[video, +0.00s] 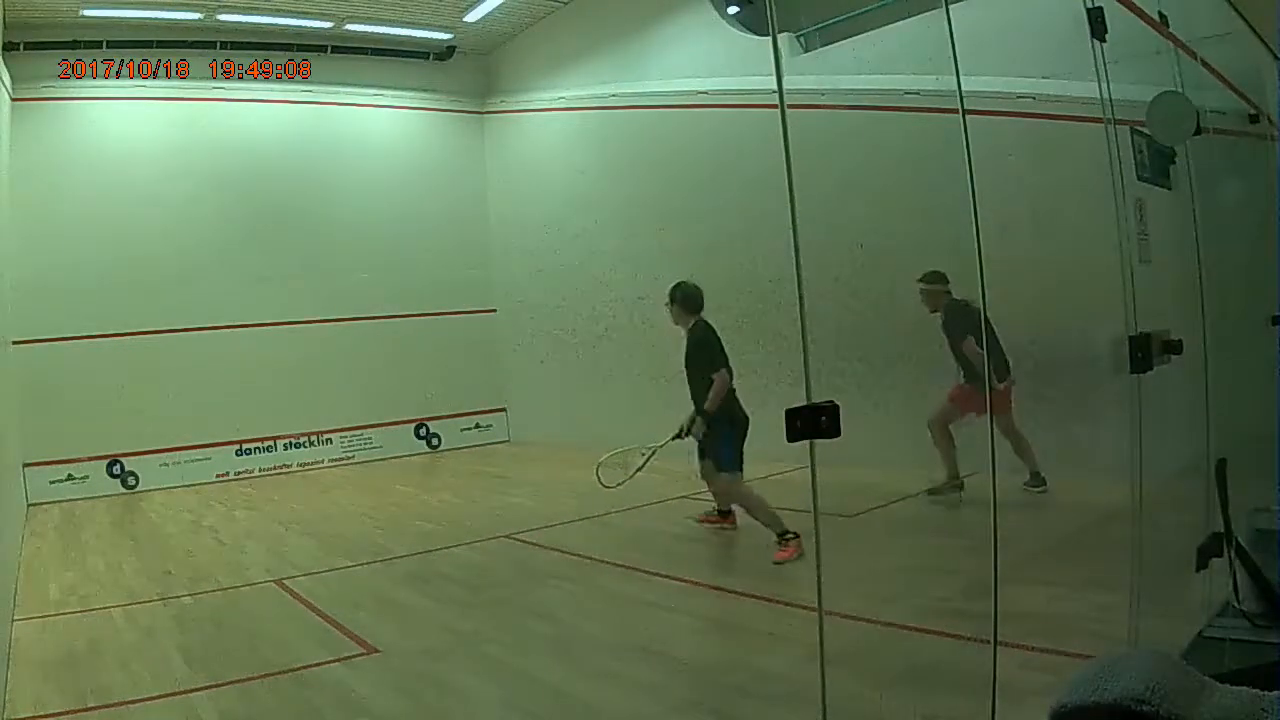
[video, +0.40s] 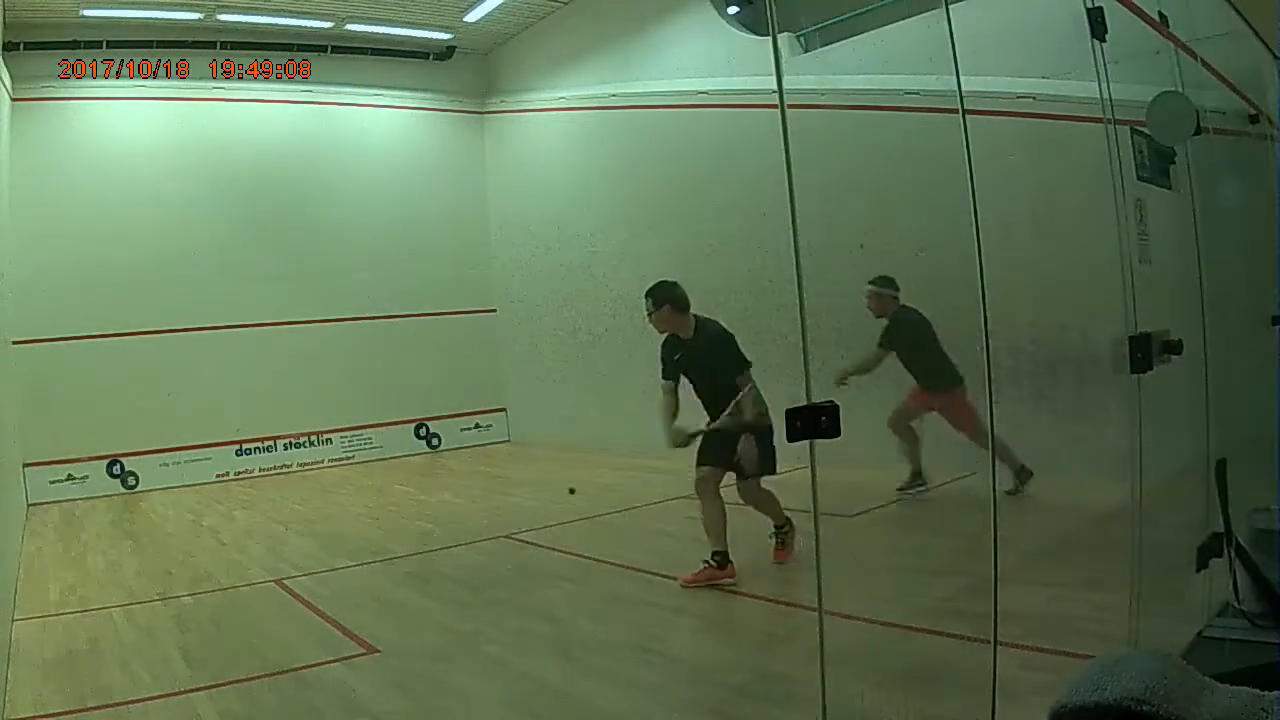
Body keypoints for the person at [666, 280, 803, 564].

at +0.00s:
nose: (669, 311)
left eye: (670, 305)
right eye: (669, 305)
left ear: (680, 307)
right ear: (692, 306)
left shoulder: (703, 335)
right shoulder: (695, 335)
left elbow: (722, 379)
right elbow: (707, 383)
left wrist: (702, 417)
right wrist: (693, 418)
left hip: (727, 417)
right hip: (714, 417)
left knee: (731, 485)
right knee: (708, 471)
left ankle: (787, 537)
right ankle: (724, 513)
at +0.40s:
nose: (650, 320)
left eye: (652, 313)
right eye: (649, 314)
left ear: (671, 309)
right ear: (670, 311)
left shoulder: (715, 335)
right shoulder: (670, 346)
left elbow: (747, 387)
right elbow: (669, 391)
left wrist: (747, 430)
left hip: (749, 416)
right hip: (720, 421)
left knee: (749, 492)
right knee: (706, 483)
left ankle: (784, 526)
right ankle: (720, 562)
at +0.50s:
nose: (655, 301)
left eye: (657, 294)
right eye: (653, 295)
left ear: (676, 292)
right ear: (675, 292)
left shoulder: (712, 329)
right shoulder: (679, 318)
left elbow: (753, 373)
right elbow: (658, 347)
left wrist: (782, 417)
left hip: (733, 415)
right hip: (708, 414)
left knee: (720, 491)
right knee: (698, 487)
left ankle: (775, 524)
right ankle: (720, 562)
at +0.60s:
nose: (655, 287)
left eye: (659, 281)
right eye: (655, 281)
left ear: (678, 281)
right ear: (679, 281)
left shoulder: (709, 319)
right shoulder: (685, 304)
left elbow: (749, 358)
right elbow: (671, 306)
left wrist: (777, 396)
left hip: (723, 412)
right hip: (702, 411)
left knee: (709, 487)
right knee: (695, 485)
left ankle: (765, 543)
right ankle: (719, 563)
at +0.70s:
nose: (658, 278)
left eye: (662, 271)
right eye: (658, 272)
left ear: (681, 273)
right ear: (682, 274)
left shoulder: (704, 311)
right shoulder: (690, 300)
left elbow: (736, 360)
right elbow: (679, 301)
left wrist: (760, 401)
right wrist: (652, 291)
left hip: (717, 411)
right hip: (701, 409)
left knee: (709, 489)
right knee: (695, 486)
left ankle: (759, 567)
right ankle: (718, 565)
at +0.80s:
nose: (663, 271)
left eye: (667, 265)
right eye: (664, 265)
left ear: (683, 268)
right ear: (690, 268)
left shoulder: (707, 307)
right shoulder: (690, 302)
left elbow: (719, 366)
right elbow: (661, 313)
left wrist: (712, 411)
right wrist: (628, 298)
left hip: (716, 413)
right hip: (698, 411)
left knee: (717, 494)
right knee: (696, 486)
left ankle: (736, 586)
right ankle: (718, 565)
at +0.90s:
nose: (669, 270)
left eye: (673, 264)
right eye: (671, 264)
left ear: (688, 268)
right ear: (698, 268)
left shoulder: (711, 311)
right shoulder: (699, 309)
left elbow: (712, 374)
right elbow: (665, 347)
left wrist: (682, 415)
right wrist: (619, 332)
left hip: (720, 418)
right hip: (708, 416)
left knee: (716, 501)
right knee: (692, 489)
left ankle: (743, 598)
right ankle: (718, 564)